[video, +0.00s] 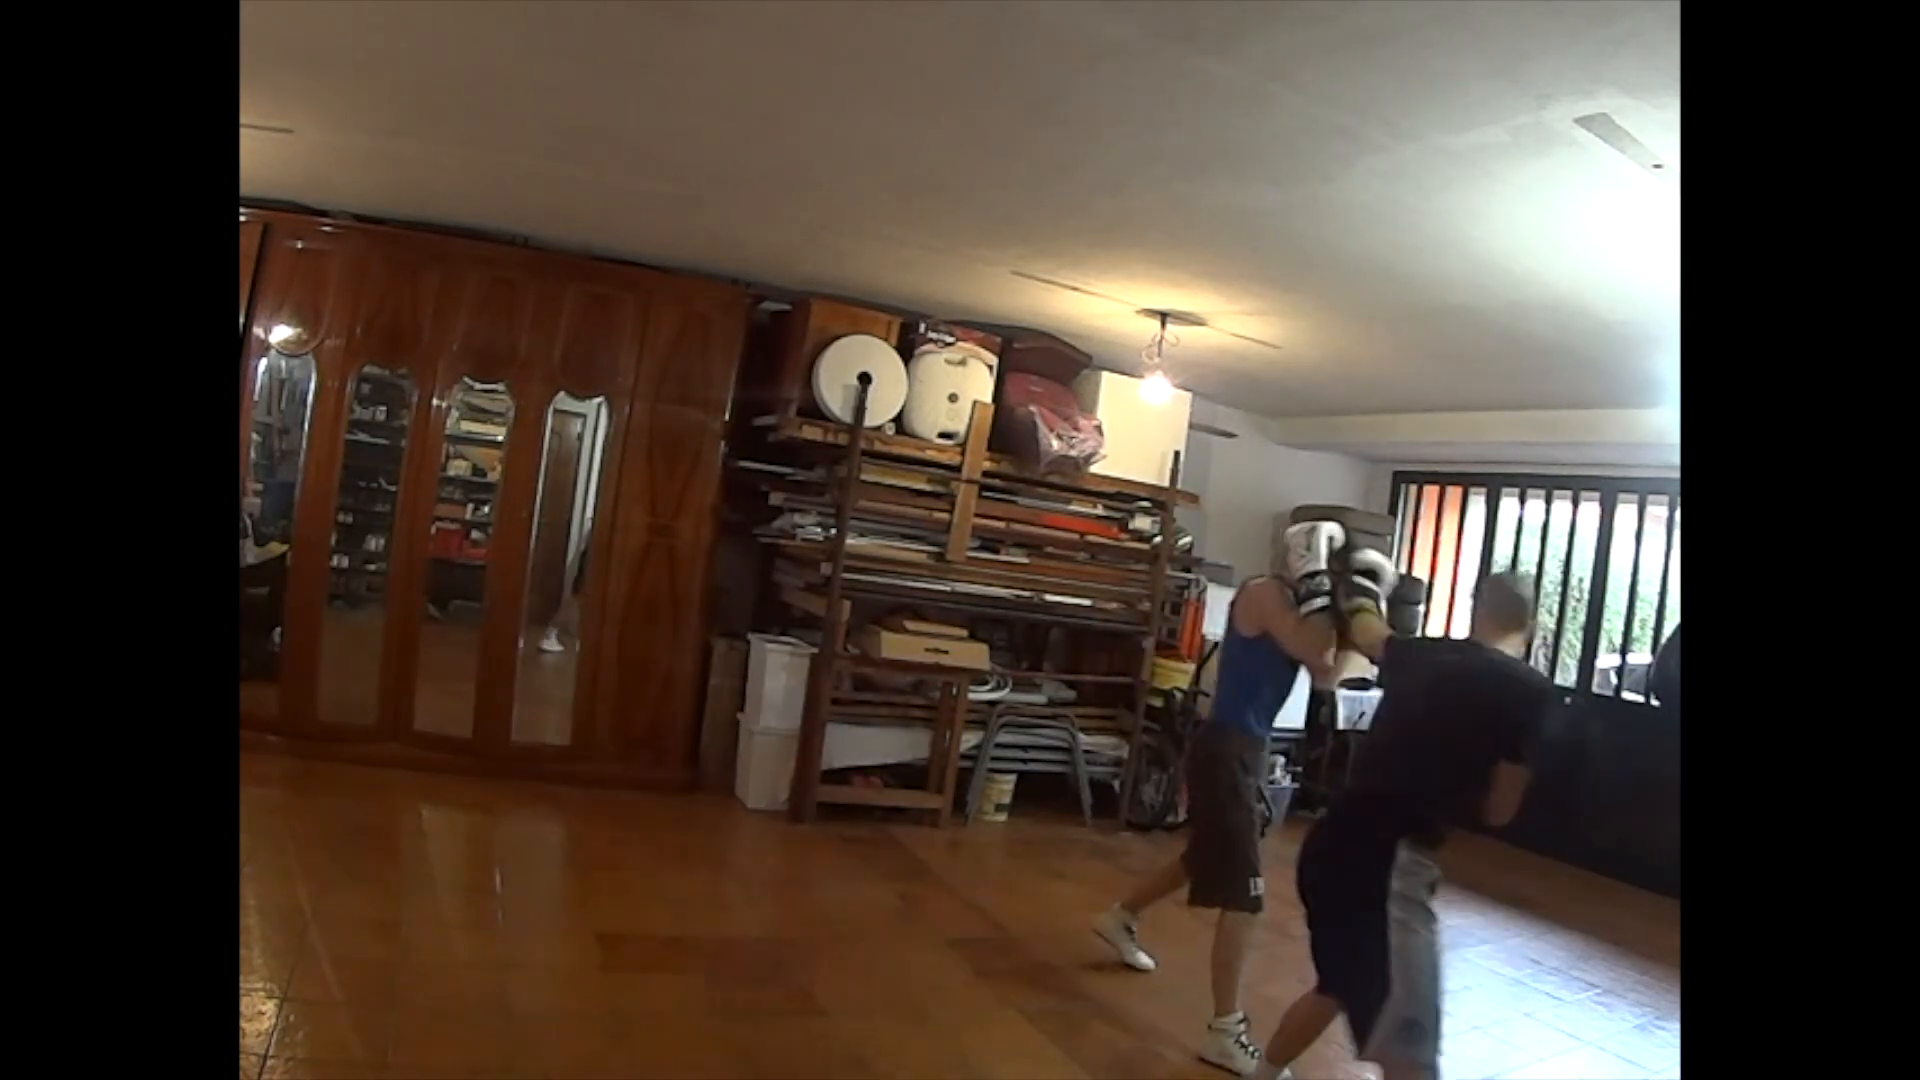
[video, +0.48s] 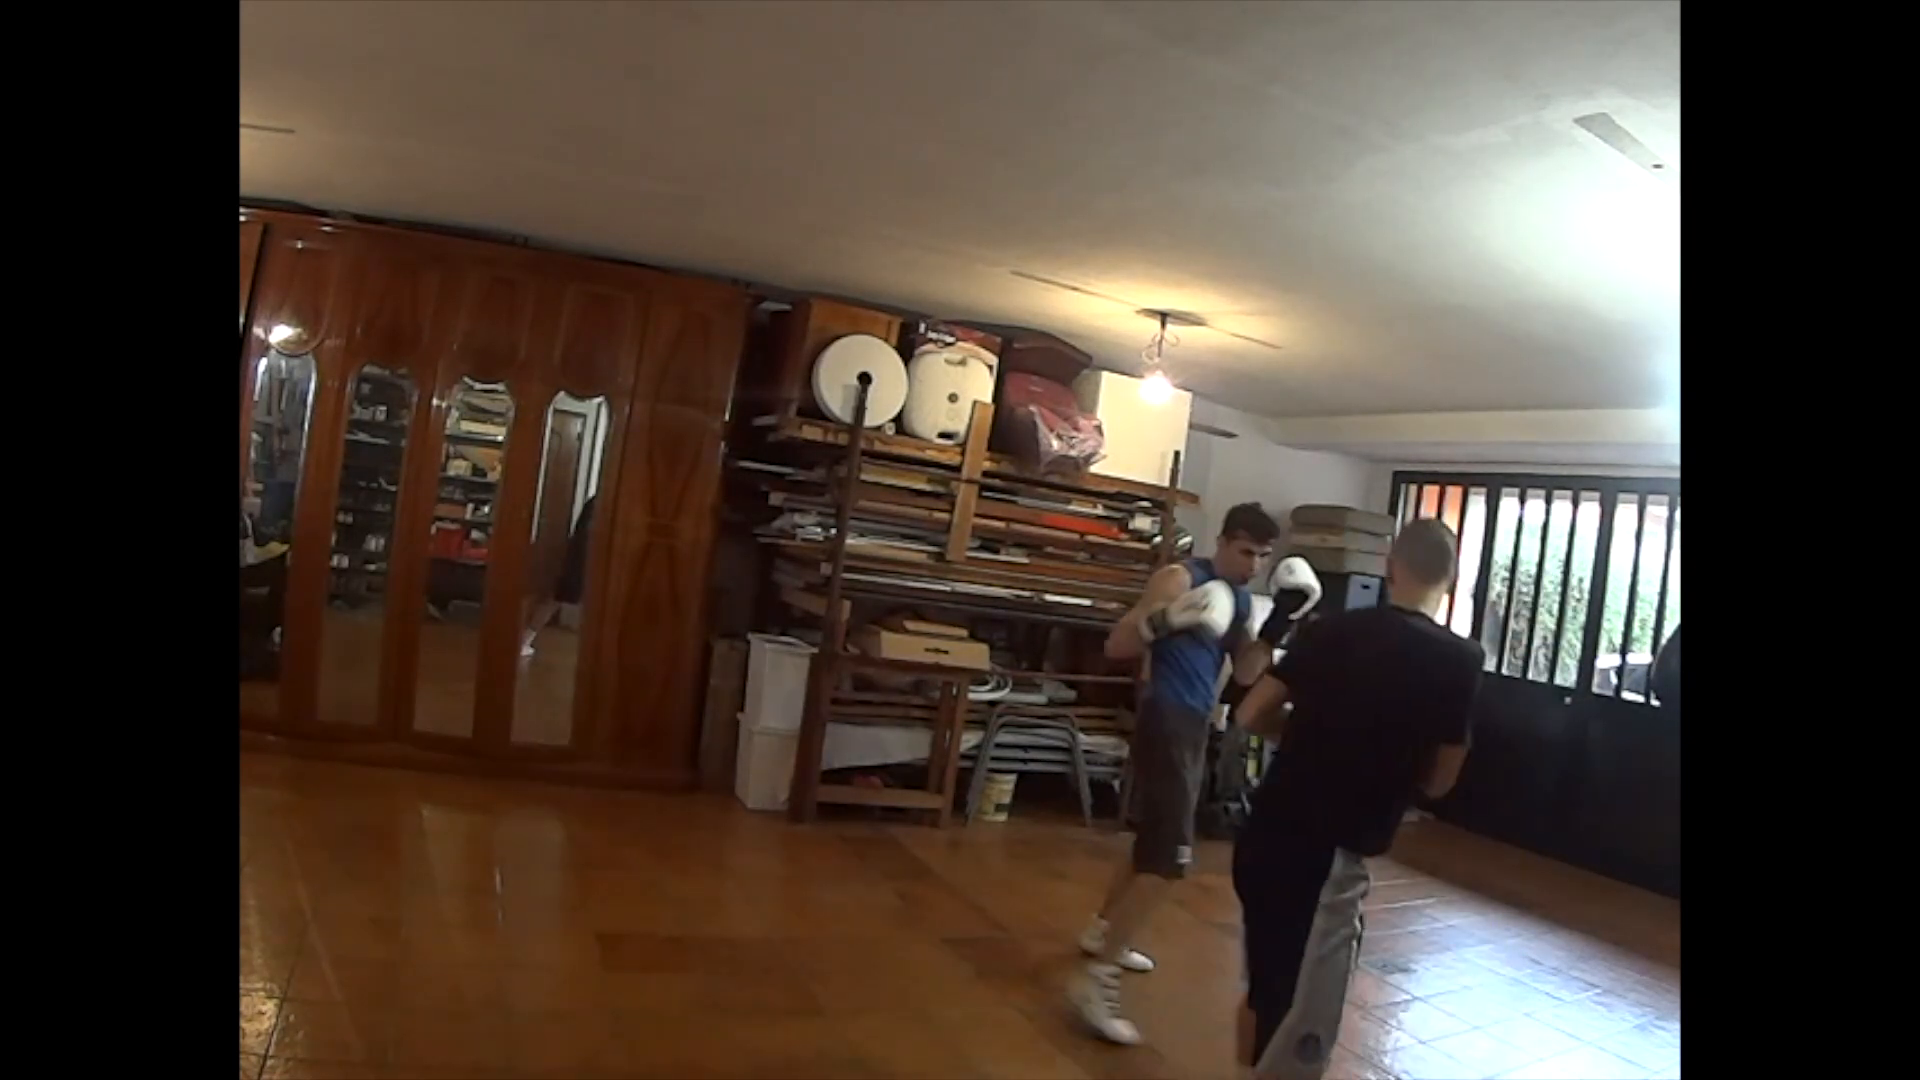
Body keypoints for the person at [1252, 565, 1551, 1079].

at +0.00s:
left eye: (1478, 608)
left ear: (1474, 612)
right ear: (1528, 630)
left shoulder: (1418, 653)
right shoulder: (1526, 688)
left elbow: (1366, 633)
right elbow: (1498, 810)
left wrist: (1357, 588)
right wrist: (1440, 774)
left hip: (1333, 843)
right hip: (1394, 864)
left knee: (1335, 986)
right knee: (1409, 1055)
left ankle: (1264, 1071)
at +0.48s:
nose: (1388, 571)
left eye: (1388, 561)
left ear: (1388, 566)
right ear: (1450, 580)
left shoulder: (1330, 630)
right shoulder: (1458, 659)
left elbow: (1252, 715)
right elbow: (1439, 781)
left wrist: (1306, 732)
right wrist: (1382, 755)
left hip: (1270, 832)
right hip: (1337, 857)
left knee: (1262, 991)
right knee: (1305, 1022)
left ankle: (1250, 1069)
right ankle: (1284, 1069)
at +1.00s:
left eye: (1350, 584)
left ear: (1351, 587)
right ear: (1418, 596)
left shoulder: (1287, 659)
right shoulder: (1441, 684)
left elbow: (1208, 754)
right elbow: (1410, 806)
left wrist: (1263, 748)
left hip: (1240, 881)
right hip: (1326, 910)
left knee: (1241, 1004)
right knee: (1320, 1066)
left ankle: (1174, 1075)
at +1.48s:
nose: (1331, 564)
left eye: (1334, 555)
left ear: (1340, 559)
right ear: (1406, 569)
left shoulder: (1288, 625)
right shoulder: (1434, 645)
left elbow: (1206, 731)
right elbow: (1410, 789)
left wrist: (1265, 713)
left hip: (1231, 845)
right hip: (1319, 868)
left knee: (1205, 1011)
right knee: (1277, 1046)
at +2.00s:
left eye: (1369, 555)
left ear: (1369, 560)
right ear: (1441, 578)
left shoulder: (1299, 624)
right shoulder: (1454, 671)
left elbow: (1194, 714)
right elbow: (1418, 812)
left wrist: (1254, 680)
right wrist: (1366, 757)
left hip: (1215, 867)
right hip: (1300, 905)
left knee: (1192, 1030)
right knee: (1299, 1067)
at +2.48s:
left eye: (1372, 583)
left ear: (1374, 586)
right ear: (1451, 605)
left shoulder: (1302, 658)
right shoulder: (1468, 694)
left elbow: (1201, 772)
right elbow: (1432, 851)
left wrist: (1278, 771)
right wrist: (1373, 793)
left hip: (1218, 916)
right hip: (1316, 948)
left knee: (1212, 1064)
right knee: (1320, 1067)